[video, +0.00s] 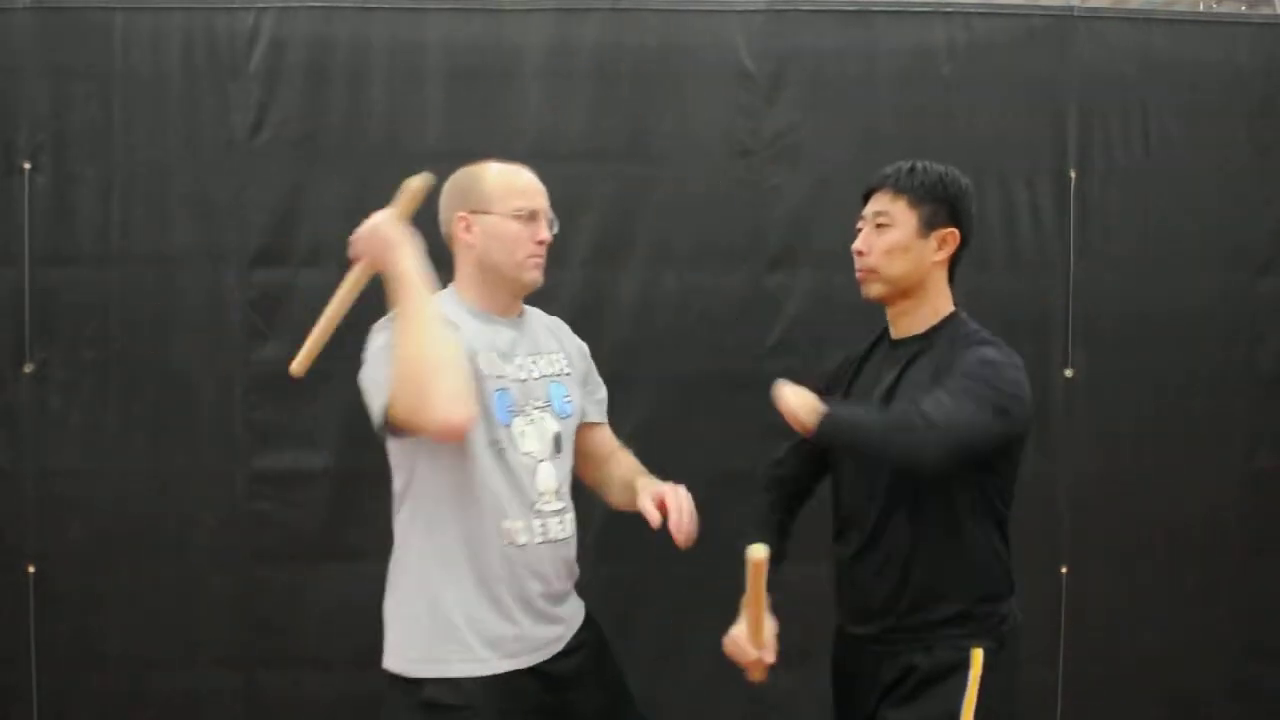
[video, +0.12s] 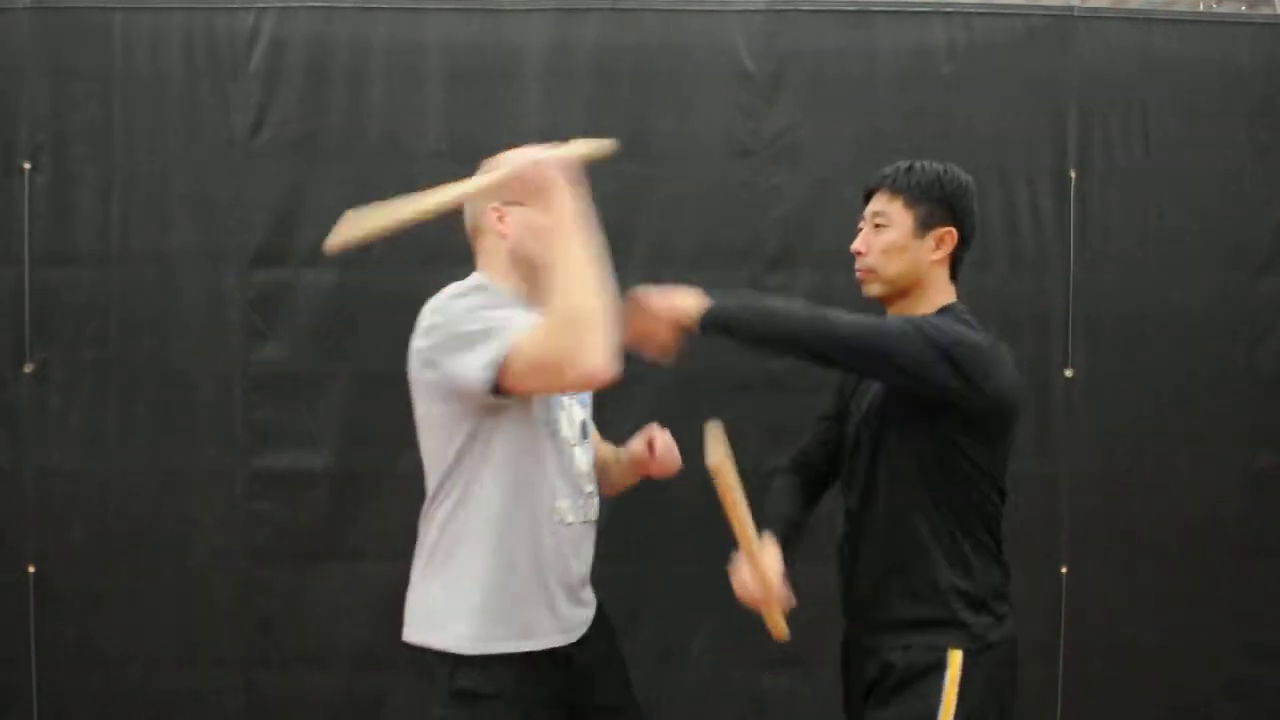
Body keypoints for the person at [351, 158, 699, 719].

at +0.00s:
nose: (547, 234)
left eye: (547, 219)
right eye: (526, 217)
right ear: (466, 229)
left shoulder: (561, 342)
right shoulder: (408, 336)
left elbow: (599, 454)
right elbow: (445, 413)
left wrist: (645, 488)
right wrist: (404, 264)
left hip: (563, 642)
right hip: (454, 664)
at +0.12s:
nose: (567, 224)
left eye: (568, 210)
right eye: (550, 207)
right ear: (501, 220)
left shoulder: (550, 327)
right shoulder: (452, 319)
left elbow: (572, 467)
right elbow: (587, 357)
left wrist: (628, 463)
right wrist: (567, 200)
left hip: (574, 633)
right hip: (481, 650)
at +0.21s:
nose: (587, 224)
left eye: (585, 209)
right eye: (571, 206)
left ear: (519, 216)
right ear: (515, 212)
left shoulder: (533, 315)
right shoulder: (487, 304)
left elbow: (544, 480)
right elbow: (649, 345)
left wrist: (620, 440)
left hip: (572, 627)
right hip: (492, 637)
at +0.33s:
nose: (597, 222)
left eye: (594, 207)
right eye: (582, 203)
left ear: (533, 212)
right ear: (530, 209)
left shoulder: (535, 297)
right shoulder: (521, 293)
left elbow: (546, 460)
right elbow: (694, 343)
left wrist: (620, 414)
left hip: (564, 625)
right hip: (505, 629)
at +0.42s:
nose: (599, 225)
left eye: (596, 209)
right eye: (585, 206)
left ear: (532, 214)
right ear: (533, 211)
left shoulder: (505, 304)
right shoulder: (546, 298)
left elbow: (568, 447)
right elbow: (710, 343)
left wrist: (630, 394)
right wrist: (781, 311)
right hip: (512, 630)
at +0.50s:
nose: (600, 228)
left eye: (596, 212)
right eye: (586, 209)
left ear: (536, 219)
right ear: (535, 217)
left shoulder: (482, 312)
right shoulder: (561, 304)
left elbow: (599, 416)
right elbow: (719, 357)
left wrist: (698, 344)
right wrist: (805, 345)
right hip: (525, 635)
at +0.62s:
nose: (589, 232)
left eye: (586, 216)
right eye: (577, 215)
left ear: (521, 226)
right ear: (525, 224)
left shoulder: (457, 322)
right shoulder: (565, 320)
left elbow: (566, 425)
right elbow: (700, 407)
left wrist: (628, 358)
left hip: (458, 638)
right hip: (540, 645)